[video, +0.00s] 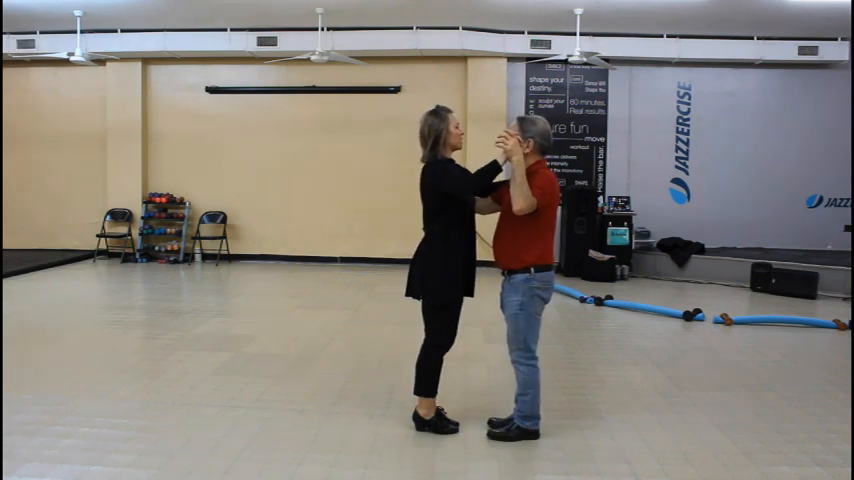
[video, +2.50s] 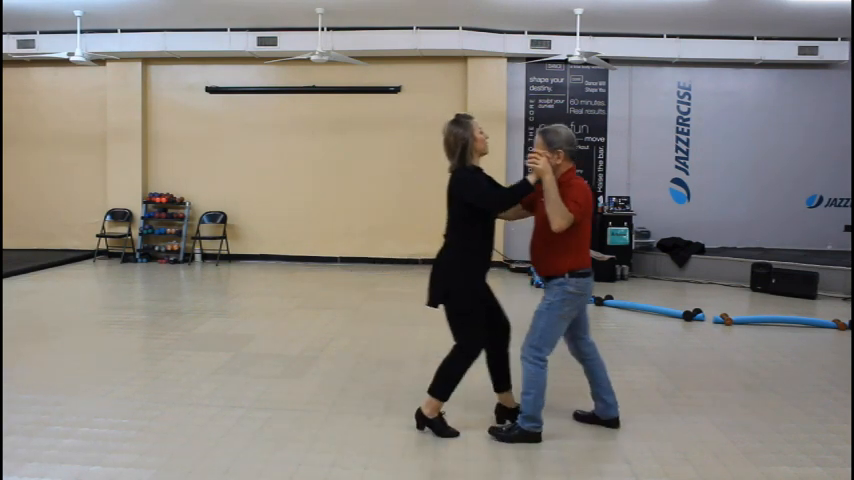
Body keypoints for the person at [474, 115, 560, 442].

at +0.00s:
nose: (507, 142)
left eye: (512, 137)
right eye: (508, 137)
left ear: (527, 144)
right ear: (527, 145)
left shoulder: (544, 176)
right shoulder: (520, 179)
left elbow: (522, 206)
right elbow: (483, 204)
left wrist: (516, 162)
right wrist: (451, 189)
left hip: (531, 277)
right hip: (517, 276)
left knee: (524, 354)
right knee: (519, 353)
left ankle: (527, 422)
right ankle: (522, 416)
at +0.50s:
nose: (501, 147)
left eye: (507, 141)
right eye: (502, 141)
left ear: (525, 146)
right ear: (525, 146)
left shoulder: (544, 179)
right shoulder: (519, 180)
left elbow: (521, 208)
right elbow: (481, 204)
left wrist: (514, 163)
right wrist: (448, 191)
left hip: (529, 278)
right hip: (514, 276)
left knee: (522, 353)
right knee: (516, 352)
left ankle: (527, 423)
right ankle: (522, 415)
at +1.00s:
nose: (479, 153)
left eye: (485, 148)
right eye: (480, 148)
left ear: (505, 151)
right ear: (501, 151)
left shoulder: (520, 183)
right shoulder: (496, 181)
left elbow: (496, 215)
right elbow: (461, 211)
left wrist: (481, 175)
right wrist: (424, 205)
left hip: (504, 280)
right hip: (496, 278)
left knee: (472, 353)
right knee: (503, 350)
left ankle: (452, 428)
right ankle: (525, 417)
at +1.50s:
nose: (456, 149)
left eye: (462, 145)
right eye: (458, 144)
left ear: (481, 154)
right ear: (479, 154)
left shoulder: (496, 188)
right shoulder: (472, 187)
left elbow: (470, 219)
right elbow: (434, 214)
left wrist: (452, 177)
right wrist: (395, 207)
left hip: (486, 285)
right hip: (479, 283)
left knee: (448, 354)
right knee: (481, 352)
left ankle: (440, 430)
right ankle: (514, 415)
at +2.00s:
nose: (491, 147)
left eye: (496, 142)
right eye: (492, 141)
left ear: (514, 147)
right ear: (513, 148)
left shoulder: (531, 179)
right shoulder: (510, 180)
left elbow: (507, 208)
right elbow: (471, 205)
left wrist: (495, 163)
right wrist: (436, 195)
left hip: (527, 278)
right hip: (513, 277)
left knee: (513, 352)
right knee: (505, 349)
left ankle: (528, 425)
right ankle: (512, 415)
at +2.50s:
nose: (533, 156)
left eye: (538, 152)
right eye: (534, 151)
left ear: (558, 156)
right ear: (556, 156)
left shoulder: (577, 186)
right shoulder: (547, 185)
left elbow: (560, 223)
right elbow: (514, 212)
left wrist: (547, 177)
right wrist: (481, 201)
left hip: (569, 283)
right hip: (565, 281)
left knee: (534, 351)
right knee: (582, 346)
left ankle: (528, 425)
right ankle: (607, 411)